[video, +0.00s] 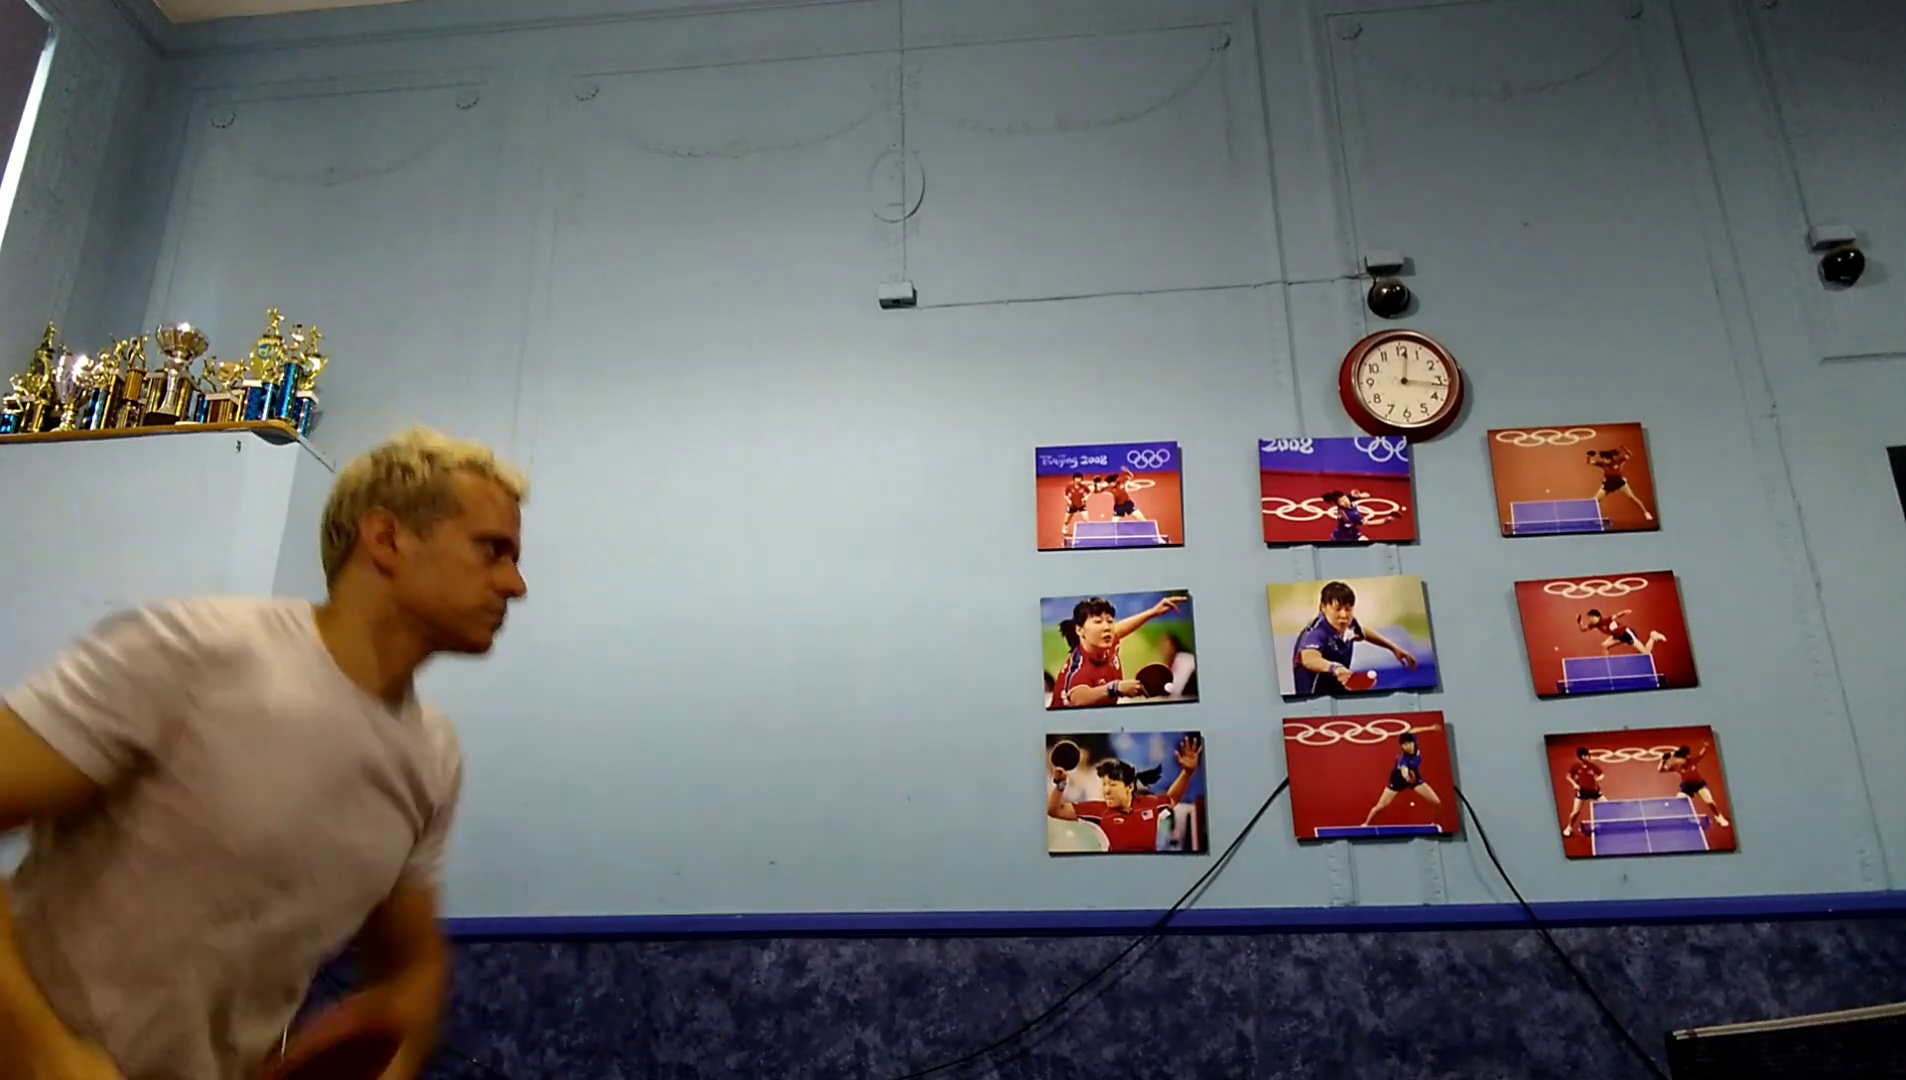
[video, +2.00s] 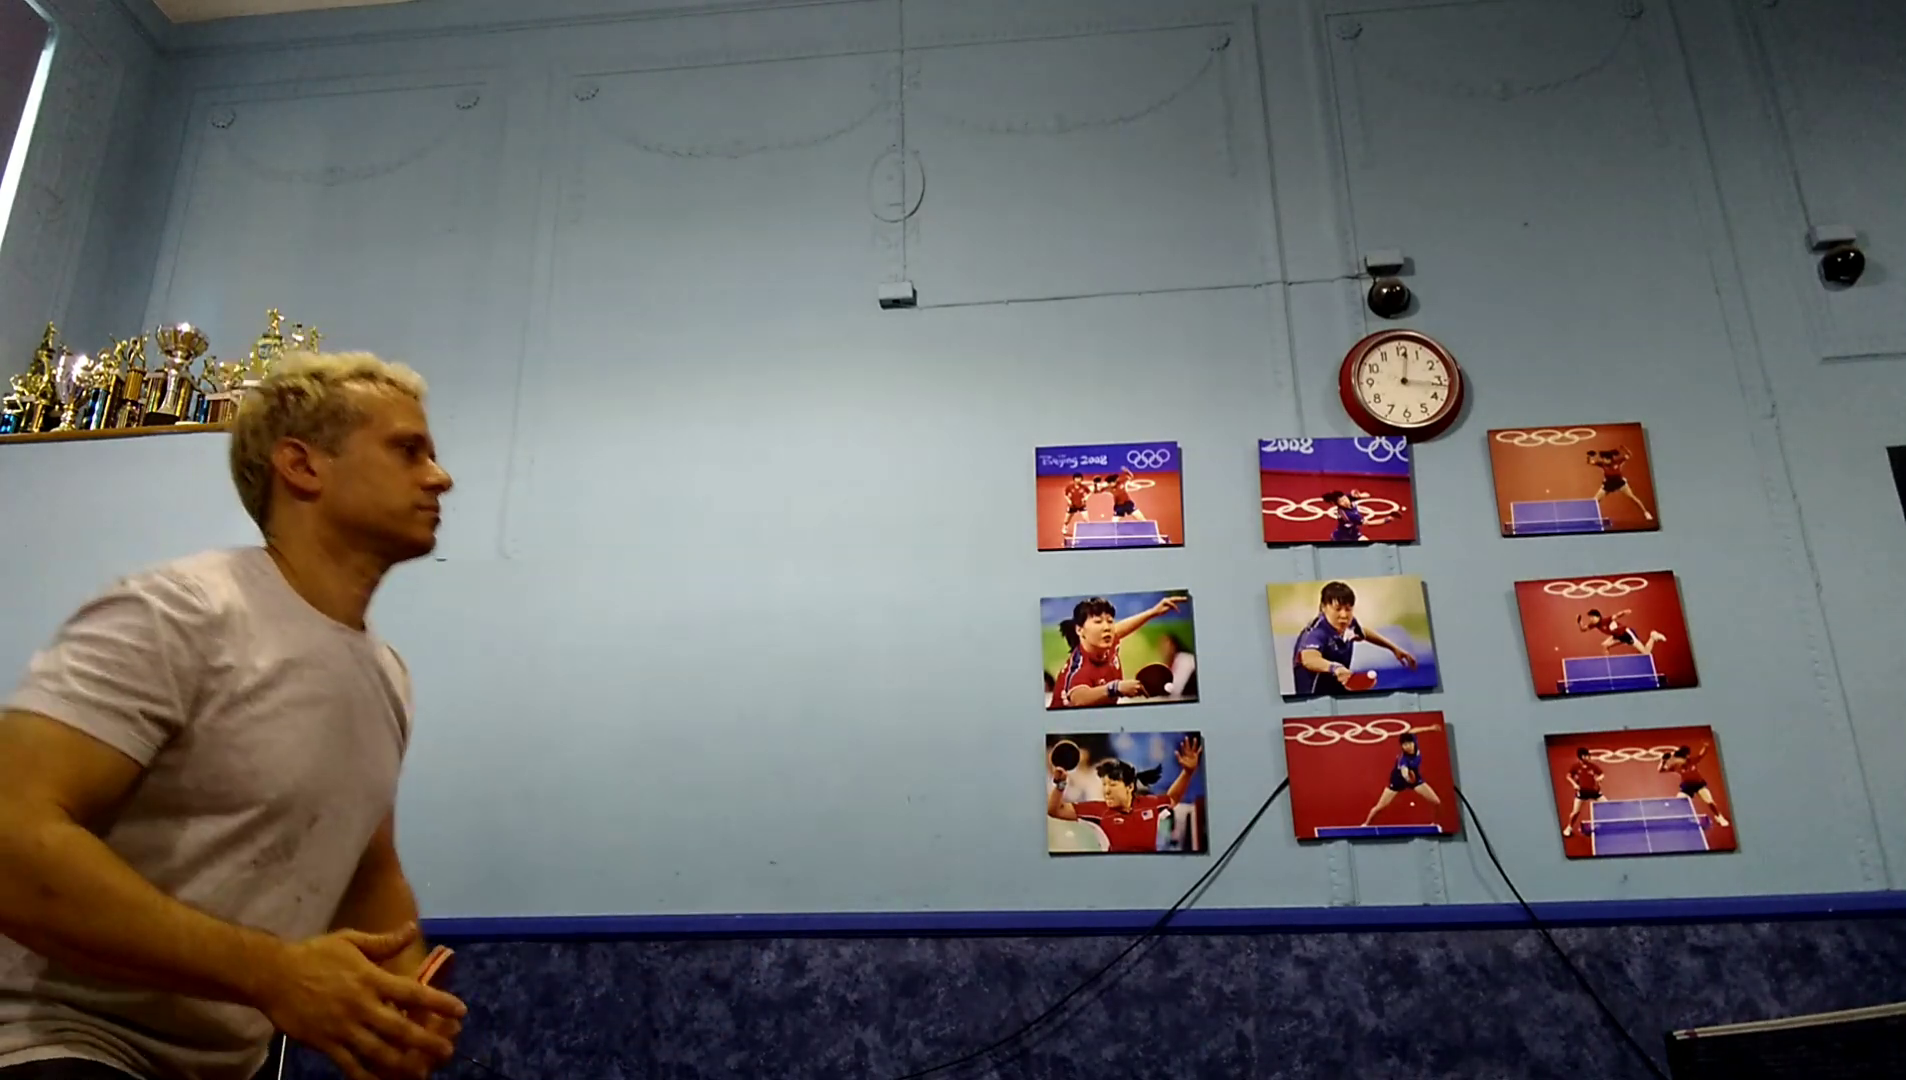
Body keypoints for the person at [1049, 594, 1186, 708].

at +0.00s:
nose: (1107, 628)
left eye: (1110, 622)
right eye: (1098, 622)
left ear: (1114, 626)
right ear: (1080, 630)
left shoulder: (1109, 644)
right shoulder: (1078, 666)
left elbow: (1119, 630)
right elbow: (1078, 699)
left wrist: (1154, 611)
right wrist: (1115, 687)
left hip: (1101, 725)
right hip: (1069, 730)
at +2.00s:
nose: (1107, 628)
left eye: (1109, 622)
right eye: (1098, 622)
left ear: (1114, 626)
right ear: (1080, 630)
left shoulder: (1109, 644)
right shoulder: (1079, 666)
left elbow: (1120, 630)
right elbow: (1078, 698)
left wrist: (1154, 611)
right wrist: (1115, 687)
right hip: (1069, 730)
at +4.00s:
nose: (1106, 628)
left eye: (1109, 622)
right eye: (1098, 622)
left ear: (1114, 626)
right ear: (1080, 630)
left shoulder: (1109, 645)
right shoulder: (1079, 666)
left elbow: (1118, 630)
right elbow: (1078, 698)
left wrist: (1154, 612)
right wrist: (1116, 687)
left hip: (1102, 723)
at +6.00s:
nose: (1107, 628)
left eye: (1109, 622)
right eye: (1098, 622)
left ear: (1114, 626)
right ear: (1080, 630)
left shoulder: (1109, 645)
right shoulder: (1079, 666)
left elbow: (1119, 630)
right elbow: (1078, 698)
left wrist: (1154, 612)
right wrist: (1115, 687)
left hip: (1102, 724)